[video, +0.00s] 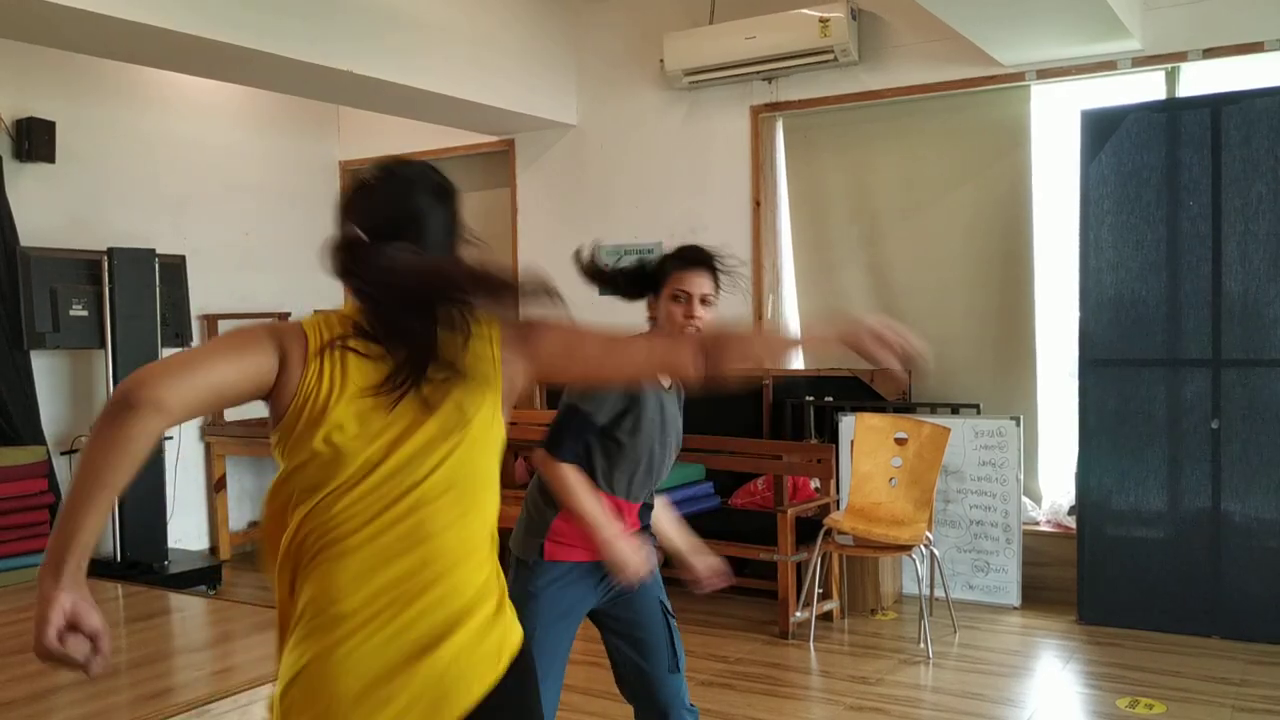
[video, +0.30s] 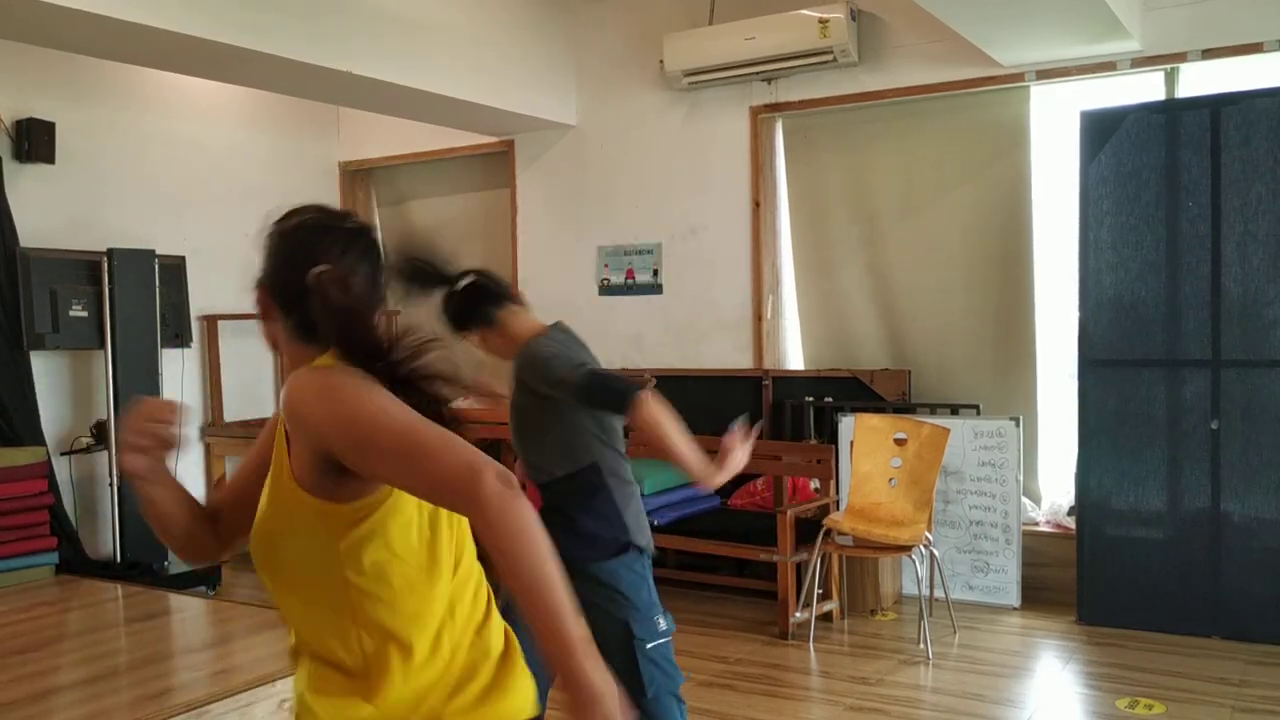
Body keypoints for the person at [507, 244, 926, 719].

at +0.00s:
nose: (693, 313)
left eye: (705, 302)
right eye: (680, 298)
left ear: (715, 310)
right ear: (652, 305)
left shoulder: (667, 387)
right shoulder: (611, 373)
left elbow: (640, 487)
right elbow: (554, 458)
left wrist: (691, 550)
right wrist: (613, 539)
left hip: (628, 558)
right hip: (556, 559)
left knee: (666, 703)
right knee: (530, 704)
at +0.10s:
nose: (622, 292)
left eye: (636, 281)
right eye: (613, 280)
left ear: (663, 295)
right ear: (600, 288)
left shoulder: (676, 381)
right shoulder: (557, 356)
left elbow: (731, 451)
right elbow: (489, 423)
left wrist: (781, 521)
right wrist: (506, 502)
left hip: (632, 559)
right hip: (548, 561)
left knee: (674, 702)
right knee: (522, 702)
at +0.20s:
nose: (507, 300)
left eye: (515, 286)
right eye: (506, 287)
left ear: (550, 284)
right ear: (534, 287)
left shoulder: (617, 354)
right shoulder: (526, 353)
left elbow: (715, 405)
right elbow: (503, 422)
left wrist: (778, 469)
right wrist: (460, 423)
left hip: (619, 556)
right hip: (538, 552)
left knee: (663, 700)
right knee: (513, 699)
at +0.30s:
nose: (483, 350)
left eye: (476, 339)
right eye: (478, 341)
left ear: (482, 333)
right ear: (516, 294)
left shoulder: (546, 358)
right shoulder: (547, 351)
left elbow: (640, 401)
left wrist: (708, 473)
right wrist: (477, 406)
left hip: (607, 549)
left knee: (649, 690)